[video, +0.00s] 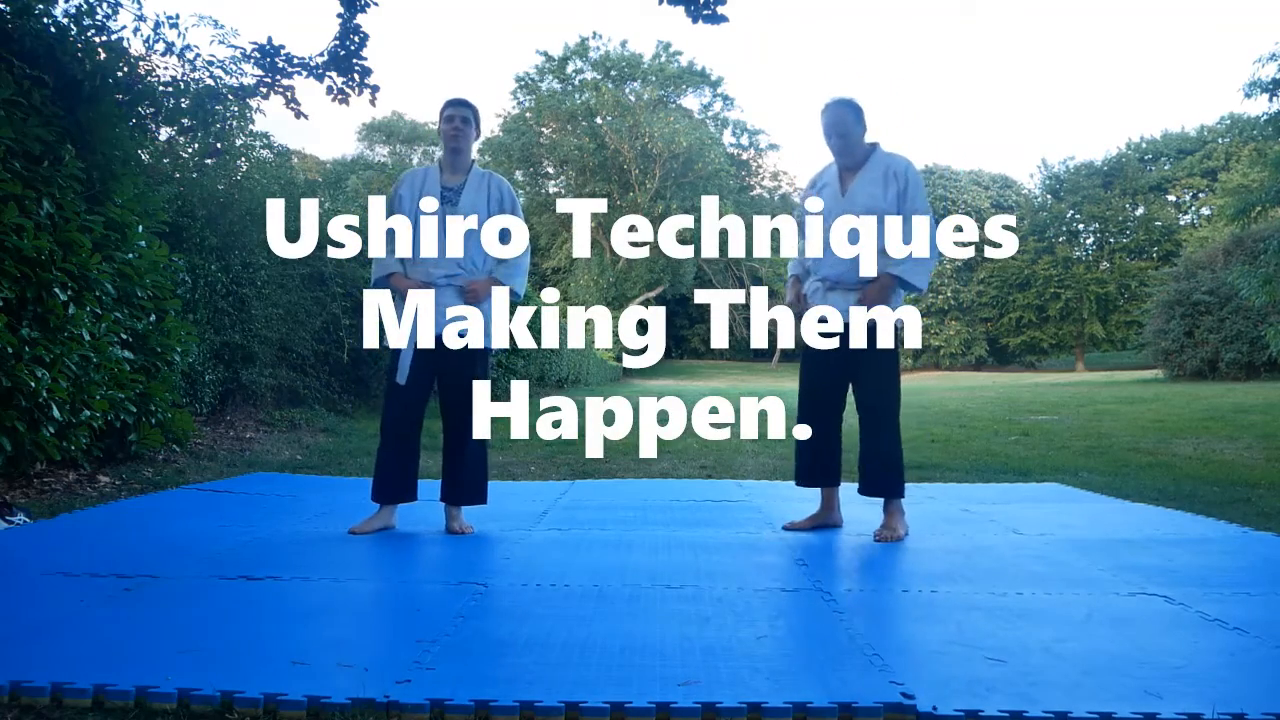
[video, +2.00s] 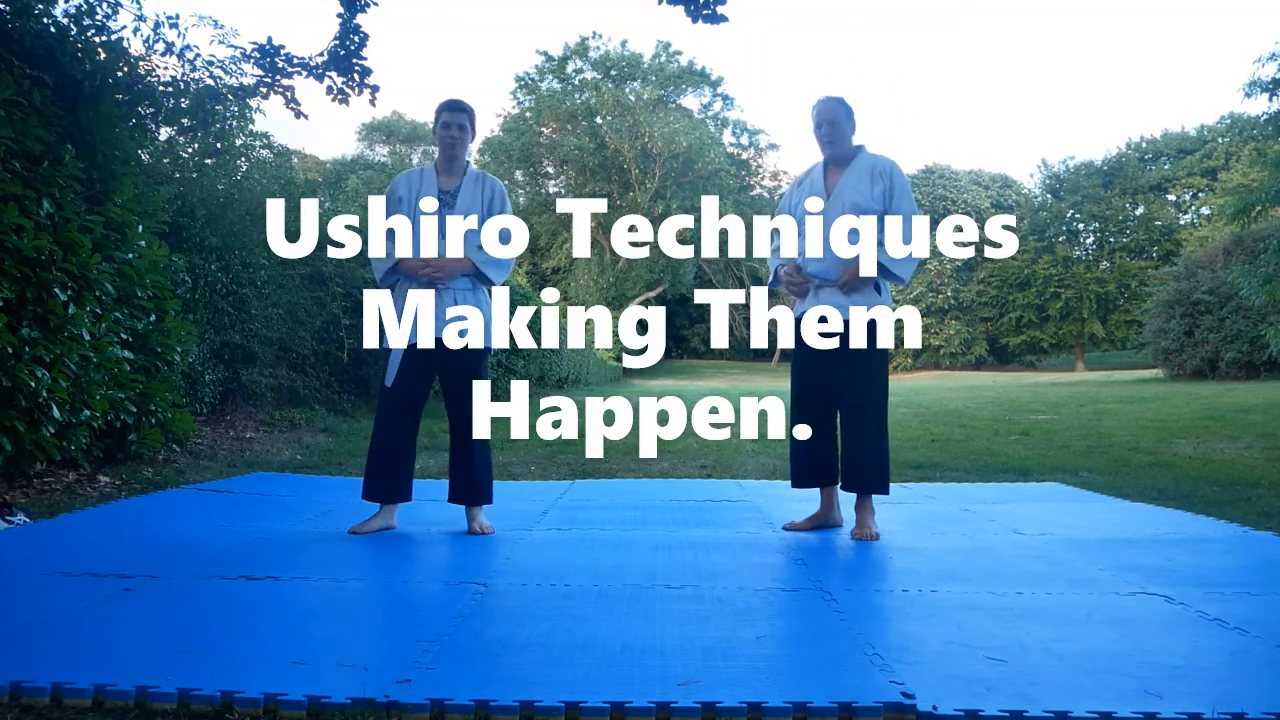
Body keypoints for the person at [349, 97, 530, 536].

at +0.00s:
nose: (455, 127)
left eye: (463, 122)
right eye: (448, 121)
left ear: (476, 133)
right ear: (438, 130)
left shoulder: (498, 188)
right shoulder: (410, 183)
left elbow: (517, 249)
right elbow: (386, 238)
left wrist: (492, 283)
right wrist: (397, 277)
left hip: (470, 313)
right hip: (415, 310)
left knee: (463, 412)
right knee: (400, 408)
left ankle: (455, 509)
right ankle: (387, 508)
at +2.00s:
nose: (452, 133)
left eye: (460, 127)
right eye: (446, 126)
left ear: (473, 137)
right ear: (434, 132)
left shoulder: (490, 188)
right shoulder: (405, 183)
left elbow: (501, 253)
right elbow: (382, 249)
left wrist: (458, 264)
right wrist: (413, 269)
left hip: (468, 316)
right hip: (411, 314)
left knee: (469, 412)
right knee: (396, 409)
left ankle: (475, 509)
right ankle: (387, 509)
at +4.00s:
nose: (456, 137)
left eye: (464, 131)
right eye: (449, 129)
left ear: (475, 139)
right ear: (435, 133)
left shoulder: (492, 190)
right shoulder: (406, 186)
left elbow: (504, 259)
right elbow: (389, 256)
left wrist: (457, 274)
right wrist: (421, 277)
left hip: (470, 322)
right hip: (414, 320)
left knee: (473, 415)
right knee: (399, 411)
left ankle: (475, 512)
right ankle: (387, 510)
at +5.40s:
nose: (454, 137)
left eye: (462, 131)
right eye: (447, 129)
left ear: (473, 139)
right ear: (434, 133)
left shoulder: (492, 191)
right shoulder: (406, 186)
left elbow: (504, 256)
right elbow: (383, 247)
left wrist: (457, 275)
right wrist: (412, 276)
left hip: (469, 321)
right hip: (414, 319)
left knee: (472, 420)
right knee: (397, 415)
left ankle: (475, 513)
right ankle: (387, 510)